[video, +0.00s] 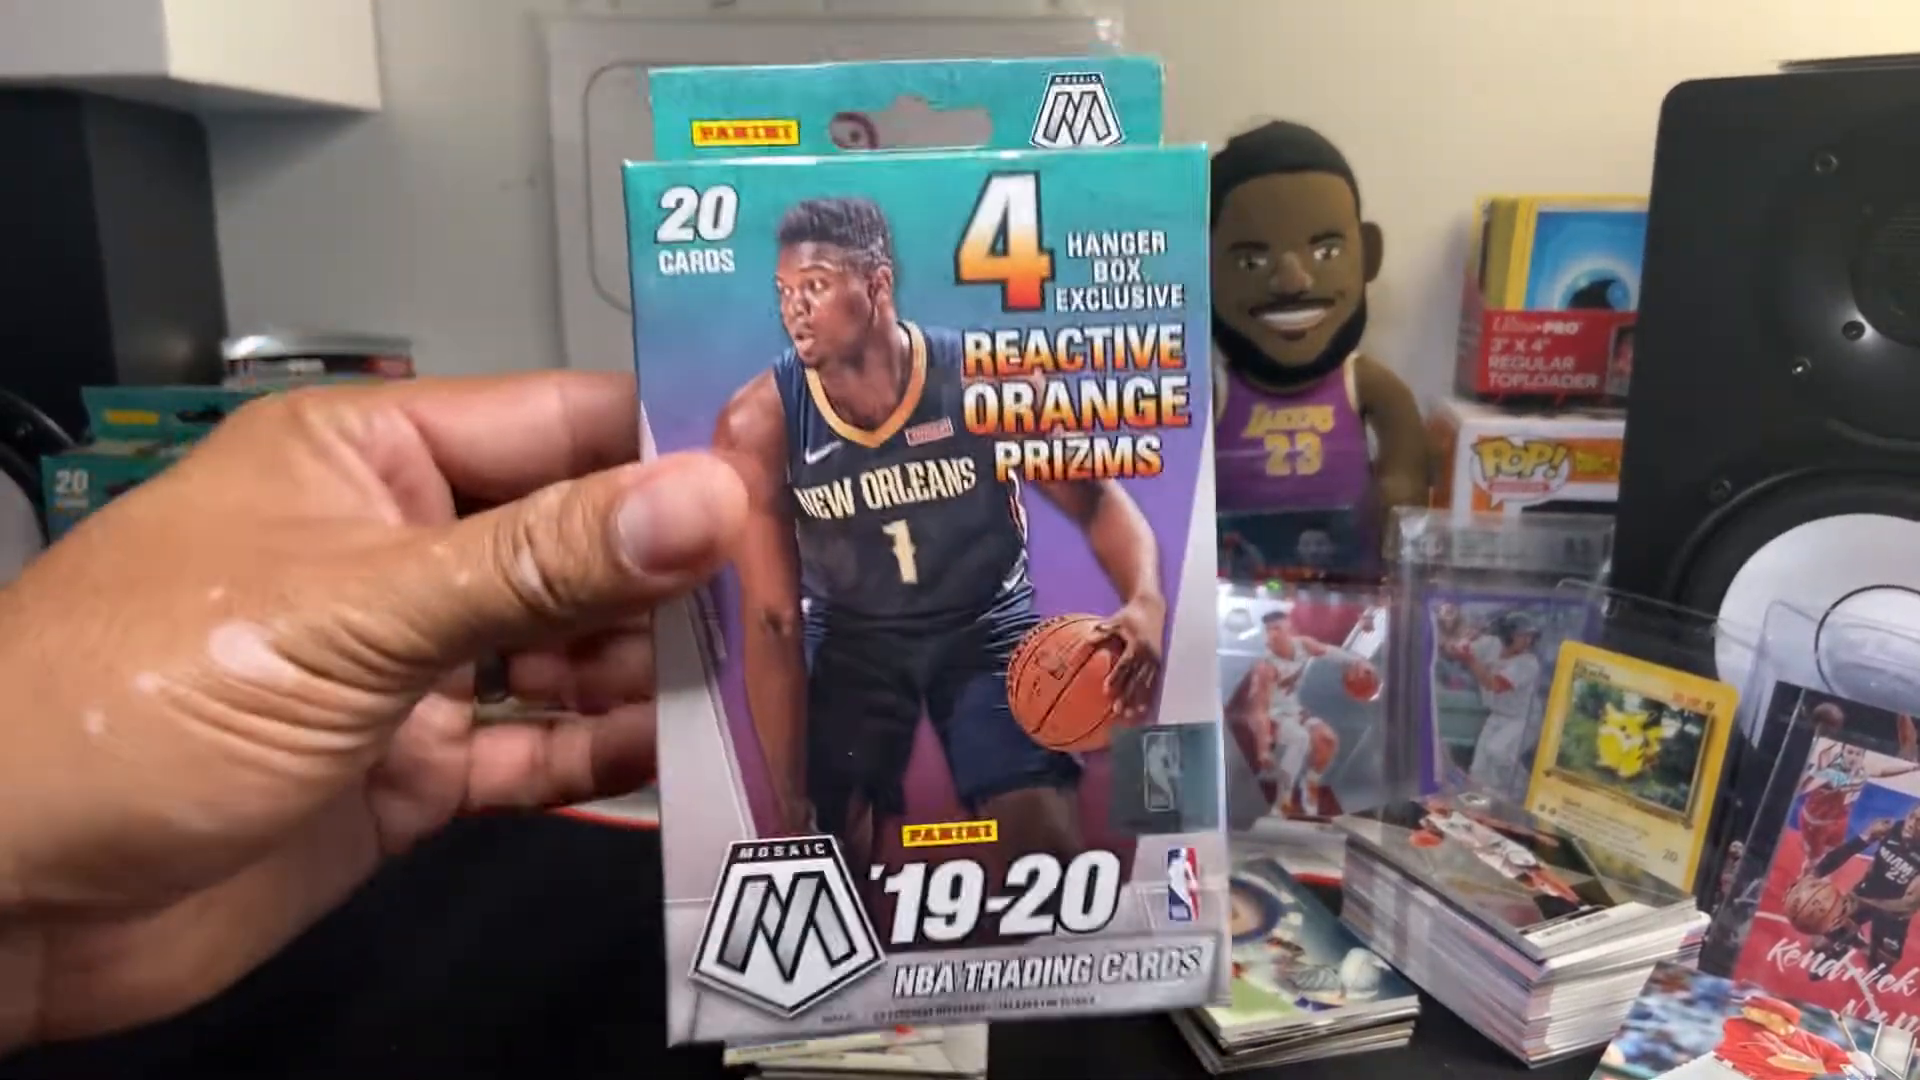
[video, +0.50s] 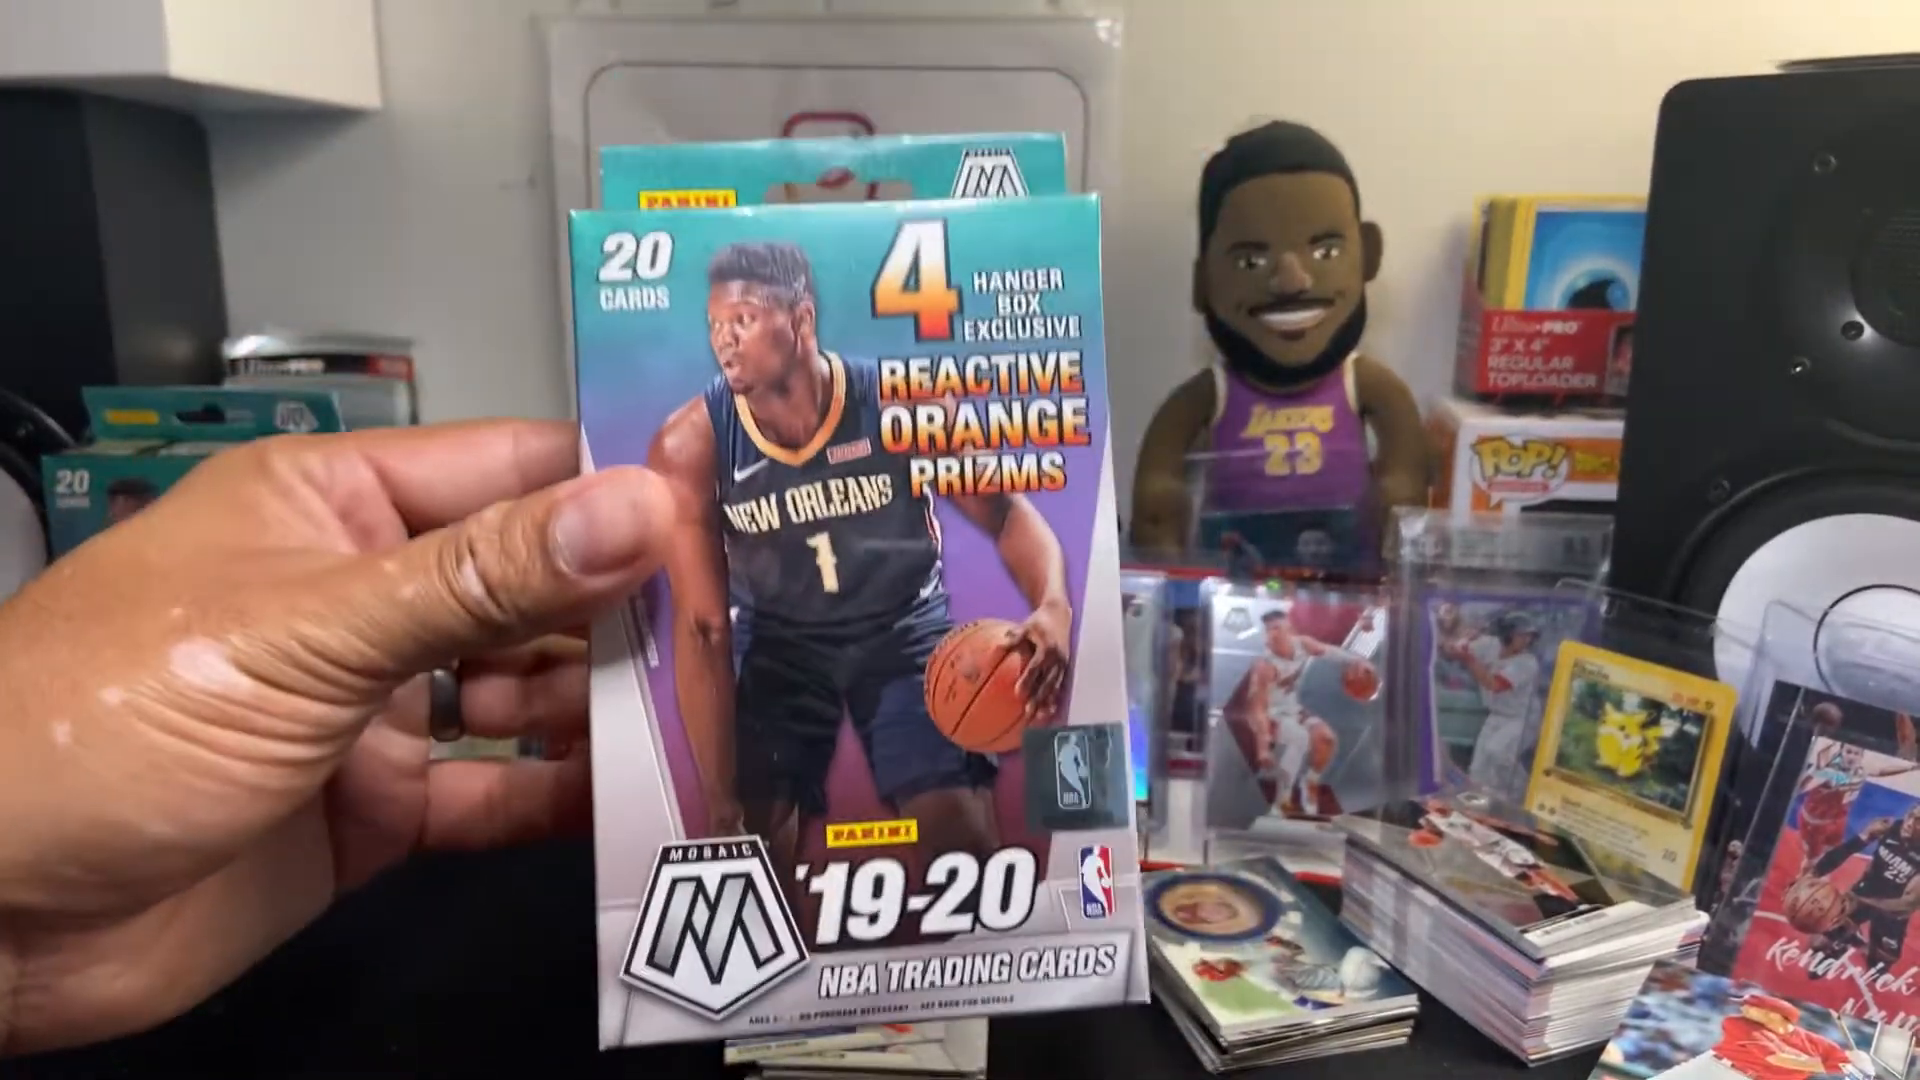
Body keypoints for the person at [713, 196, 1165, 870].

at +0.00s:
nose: (794, 309)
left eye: (815, 286)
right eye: (785, 291)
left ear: (879, 286)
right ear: (777, 299)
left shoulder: (982, 379)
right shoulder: (759, 423)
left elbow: (1093, 499)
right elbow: (771, 621)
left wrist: (1147, 600)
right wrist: (788, 798)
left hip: (989, 629)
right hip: (856, 643)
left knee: (1040, 840)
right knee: (829, 859)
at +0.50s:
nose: (725, 342)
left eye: (743, 320)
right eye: (716, 326)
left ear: (802, 320)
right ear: (710, 334)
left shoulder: (897, 403)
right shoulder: (692, 444)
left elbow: (1004, 514)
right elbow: (702, 630)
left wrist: (1054, 606)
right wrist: (718, 799)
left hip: (907, 637)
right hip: (783, 651)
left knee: (954, 831)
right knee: (756, 843)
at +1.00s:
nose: (755, 335)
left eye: (776, 313)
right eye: (747, 318)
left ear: (839, 312)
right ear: (740, 326)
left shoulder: (939, 408)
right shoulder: (718, 446)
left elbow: (1051, 528)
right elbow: (726, 646)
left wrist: (1104, 630)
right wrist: (740, 826)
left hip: (943, 654)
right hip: (810, 666)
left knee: (991, 872)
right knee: (783, 871)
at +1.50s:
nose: (828, 306)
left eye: (854, 282)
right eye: (819, 283)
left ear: (922, 290)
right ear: (806, 292)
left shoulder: (1028, 406)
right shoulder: (780, 427)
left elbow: (1157, 557)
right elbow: (767, 655)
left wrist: (1202, 680)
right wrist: (767, 858)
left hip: (1008, 695)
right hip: (865, 698)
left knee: (1054, 907)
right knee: (837, 913)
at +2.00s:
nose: (644, 311)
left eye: (661, 291)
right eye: (636, 297)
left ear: (714, 292)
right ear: (631, 304)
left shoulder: (795, 366)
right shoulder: (617, 397)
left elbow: (888, 464)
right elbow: (623, 565)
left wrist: (932, 543)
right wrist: (637, 712)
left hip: (805, 574)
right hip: (694, 584)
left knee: (847, 743)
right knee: (678, 755)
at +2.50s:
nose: (817, 267)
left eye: (845, 238)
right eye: (807, 244)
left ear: (929, 238)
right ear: (797, 254)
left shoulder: (1058, 360)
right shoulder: (772, 411)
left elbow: (1205, 520)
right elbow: (780, 668)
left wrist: (1273, 653)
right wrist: (799, 906)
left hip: (1063, 679)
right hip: (886, 690)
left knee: (1125, 954)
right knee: (845, 957)